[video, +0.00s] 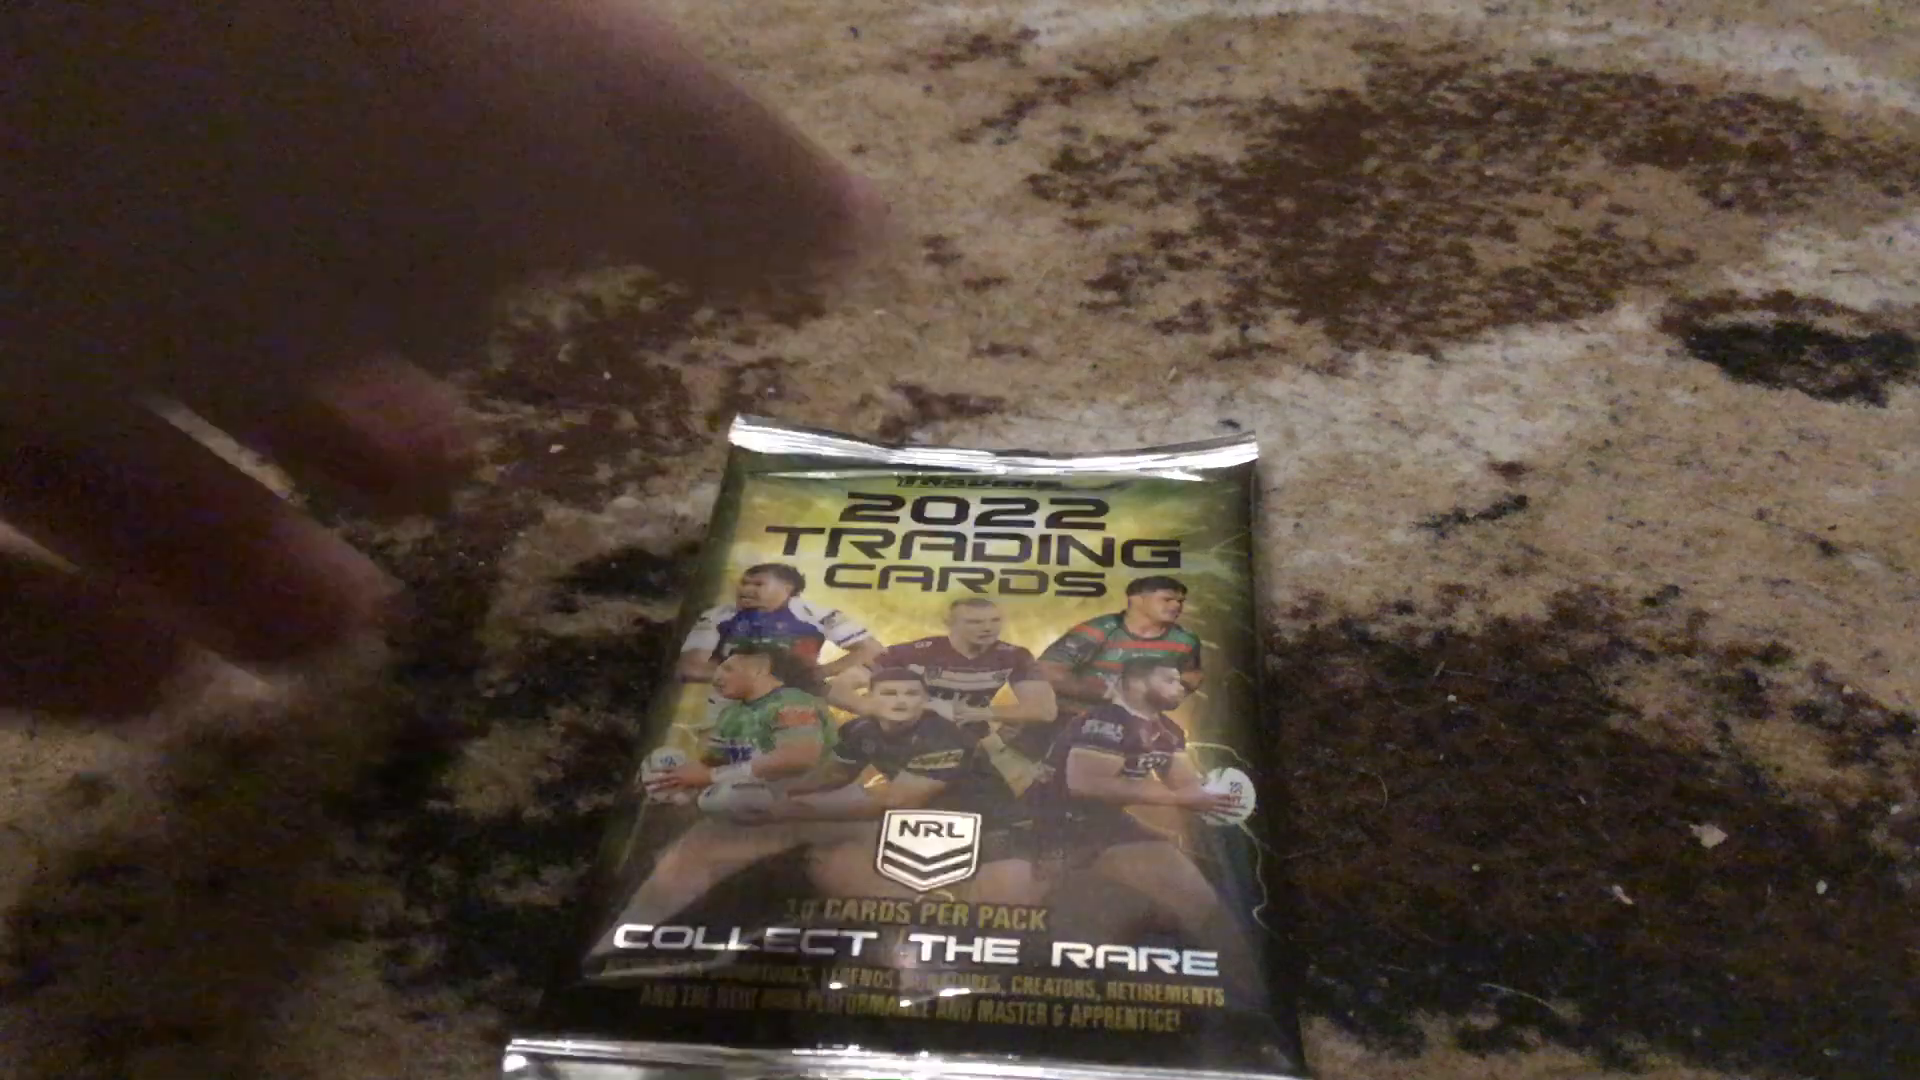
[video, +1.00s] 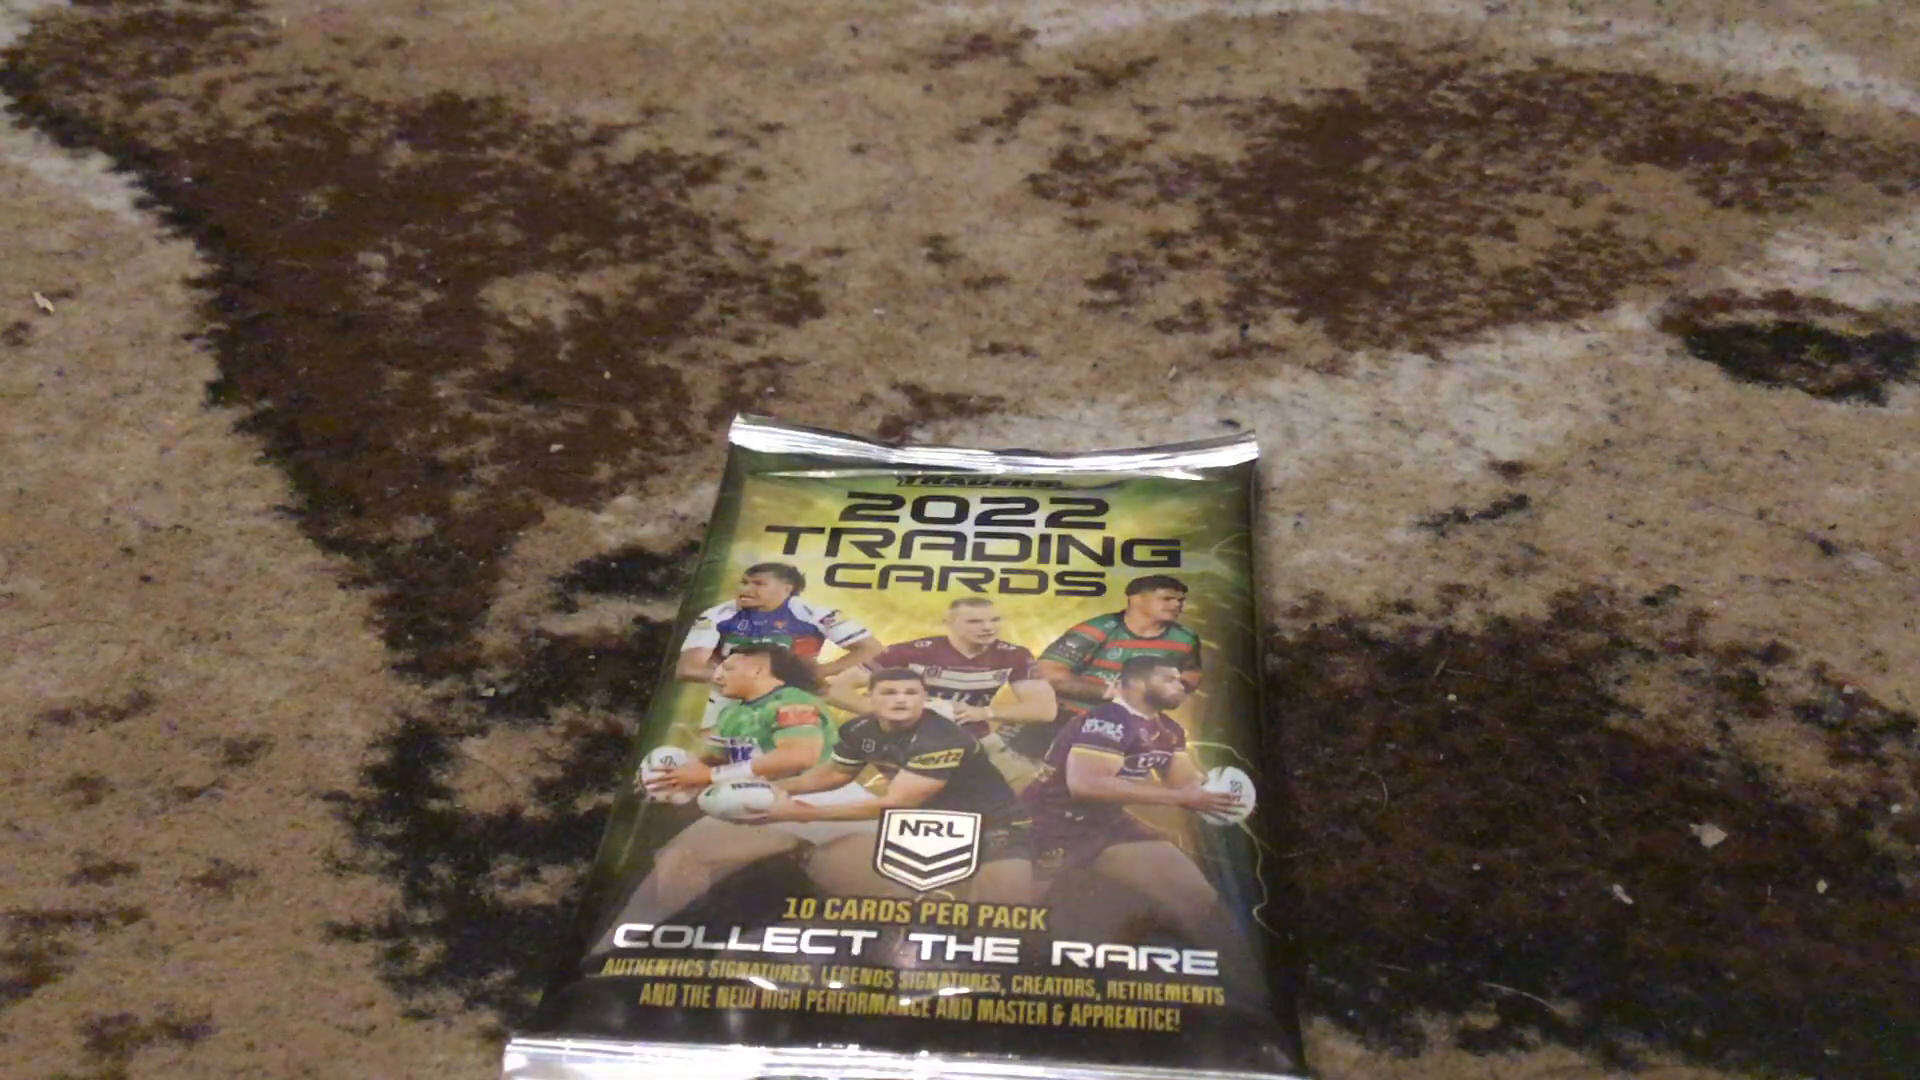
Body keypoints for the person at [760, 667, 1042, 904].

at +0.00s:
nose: (900, 701)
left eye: (911, 693)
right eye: (889, 692)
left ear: (925, 700)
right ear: (872, 697)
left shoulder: (943, 738)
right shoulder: (860, 732)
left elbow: (897, 799)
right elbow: (834, 774)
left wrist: (801, 807)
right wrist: (784, 791)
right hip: (918, 816)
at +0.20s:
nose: (900, 700)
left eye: (911, 693)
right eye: (889, 693)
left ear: (925, 699)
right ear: (871, 699)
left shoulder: (942, 738)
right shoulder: (862, 732)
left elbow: (895, 806)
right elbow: (835, 773)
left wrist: (807, 814)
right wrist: (785, 787)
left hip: (994, 829)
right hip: (927, 825)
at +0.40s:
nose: (899, 701)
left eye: (910, 693)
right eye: (889, 693)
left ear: (924, 700)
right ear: (872, 700)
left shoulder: (944, 738)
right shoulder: (861, 732)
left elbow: (893, 806)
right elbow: (835, 772)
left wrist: (808, 814)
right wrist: (786, 787)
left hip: (994, 829)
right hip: (929, 826)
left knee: (1004, 915)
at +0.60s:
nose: (900, 701)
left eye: (910, 693)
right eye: (889, 693)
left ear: (925, 699)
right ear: (872, 699)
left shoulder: (944, 739)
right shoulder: (861, 731)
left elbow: (892, 806)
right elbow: (835, 772)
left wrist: (807, 813)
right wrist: (786, 787)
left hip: (993, 832)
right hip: (928, 828)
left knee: (1002, 921)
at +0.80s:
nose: (900, 700)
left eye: (910, 693)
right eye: (889, 692)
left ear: (925, 698)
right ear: (871, 698)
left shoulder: (943, 738)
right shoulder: (862, 731)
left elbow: (892, 806)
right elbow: (835, 773)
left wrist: (809, 813)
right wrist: (787, 786)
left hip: (994, 828)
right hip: (930, 824)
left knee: (1004, 919)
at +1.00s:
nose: (900, 700)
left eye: (910, 693)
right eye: (889, 693)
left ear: (925, 698)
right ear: (871, 699)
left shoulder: (943, 738)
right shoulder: (861, 731)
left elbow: (894, 806)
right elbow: (835, 773)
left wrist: (807, 813)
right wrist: (784, 786)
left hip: (994, 828)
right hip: (931, 826)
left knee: (1004, 918)